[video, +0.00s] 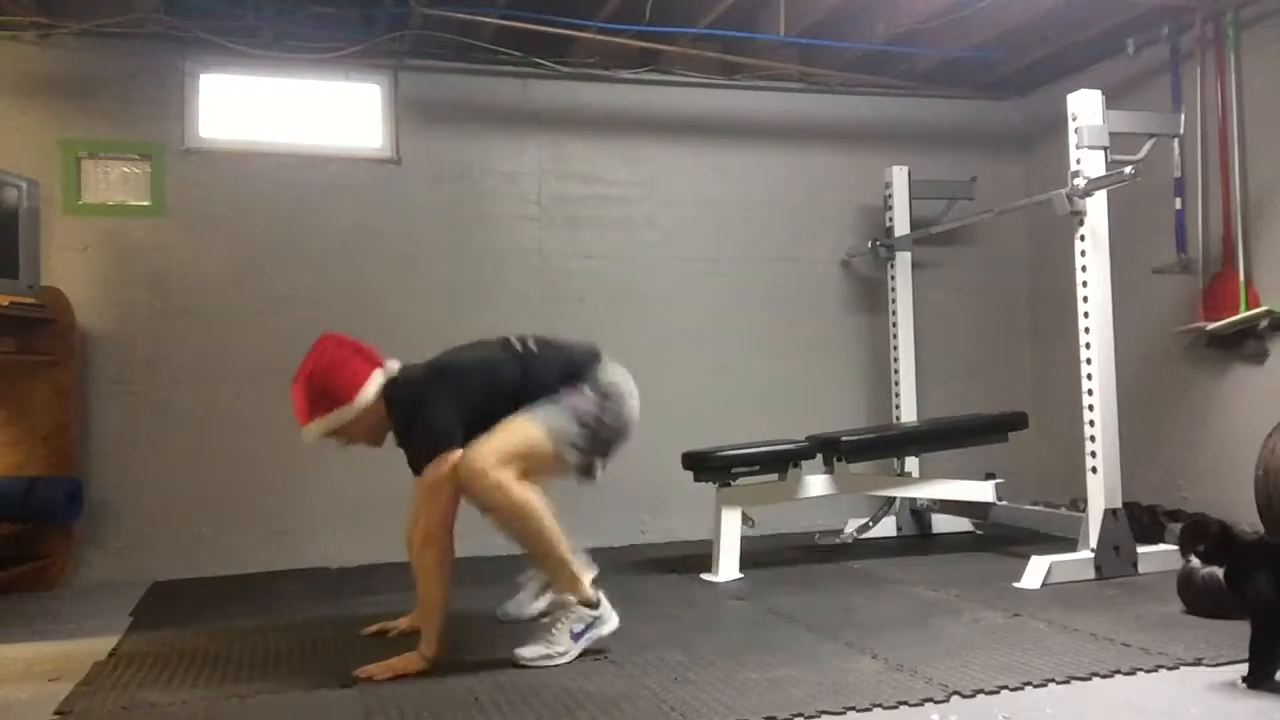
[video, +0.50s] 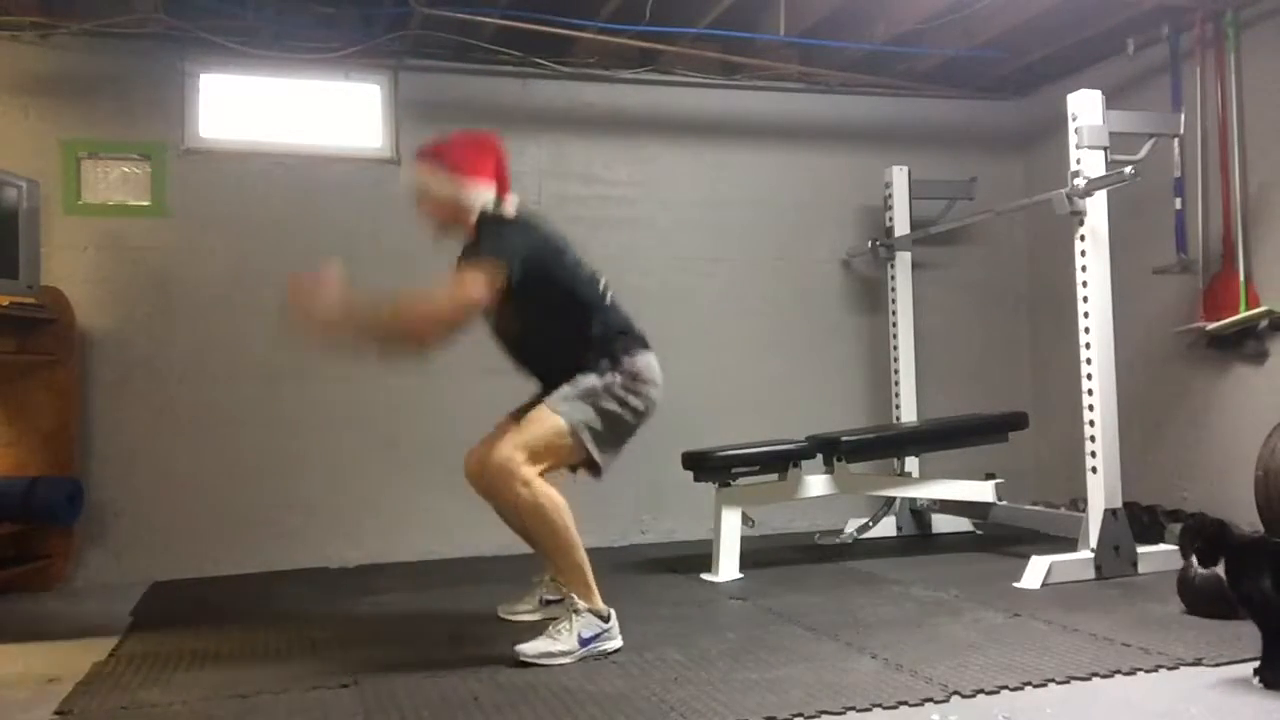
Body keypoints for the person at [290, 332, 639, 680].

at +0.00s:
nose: (343, 442)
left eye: (339, 430)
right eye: (334, 436)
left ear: (362, 402)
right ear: (365, 397)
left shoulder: (427, 406)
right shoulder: (410, 405)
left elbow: (435, 538)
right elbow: (423, 527)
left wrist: (426, 652)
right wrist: (423, 611)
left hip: (597, 393)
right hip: (572, 392)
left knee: (485, 466)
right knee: (472, 468)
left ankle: (586, 606)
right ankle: (562, 569)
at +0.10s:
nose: (349, 409)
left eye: (349, 394)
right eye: (341, 398)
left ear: (376, 376)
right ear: (382, 373)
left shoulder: (436, 397)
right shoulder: (419, 405)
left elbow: (431, 533)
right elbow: (422, 524)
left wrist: (424, 651)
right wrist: (422, 609)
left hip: (607, 447)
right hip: (578, 448)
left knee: (479, 481)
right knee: (456, 486)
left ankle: (587, 609)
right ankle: (555, 578)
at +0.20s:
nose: (370, 373)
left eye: (374, 358)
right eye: (367, 361)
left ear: (404, 348)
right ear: (408, 348)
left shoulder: (459, 382)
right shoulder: (438, 391)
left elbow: (436, 515)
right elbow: (423, 509)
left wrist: (410, 631)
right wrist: (409, 603)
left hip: (613, 468)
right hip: (582, 468)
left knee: (488, 482)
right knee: (458, 488)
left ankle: (590, 612)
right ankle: (556, 579)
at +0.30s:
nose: (390, 329)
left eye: (394, 314)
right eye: (388, 316)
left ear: (425, 309)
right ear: (431, 310)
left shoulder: (480, 348)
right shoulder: (454, 360)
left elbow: (443, 474)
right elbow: (429, 470)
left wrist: (380, 575)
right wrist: (379, 567)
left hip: (621, 442)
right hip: (591, 444)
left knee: (497, 475)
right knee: (468, 482)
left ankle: (591, 614)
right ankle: (562, 577)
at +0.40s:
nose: (403, 271)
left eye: (408, 257)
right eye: (401, 258)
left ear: (441, 255)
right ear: (445, 254)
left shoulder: (490, 300)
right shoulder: (470, 309)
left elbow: (442, 403)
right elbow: (433, 408)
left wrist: (348, 461)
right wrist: (348, 462)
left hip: (625, 408)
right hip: (585, 411)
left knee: (504, 468)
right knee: (476, 472)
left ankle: (592, 614)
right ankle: (568, 580)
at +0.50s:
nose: (423, 207)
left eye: (430, 192)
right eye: (422, 193)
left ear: (467, 188)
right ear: (471, 191)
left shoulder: (506, 234)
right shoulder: (486, 242)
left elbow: (437, 319)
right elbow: (430, 332)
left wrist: (346, 309)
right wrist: (351, 322)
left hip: (619, 374)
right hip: (582, 377)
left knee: (507, 464)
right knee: (487, 465)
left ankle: (593, 614)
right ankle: (566, 579)